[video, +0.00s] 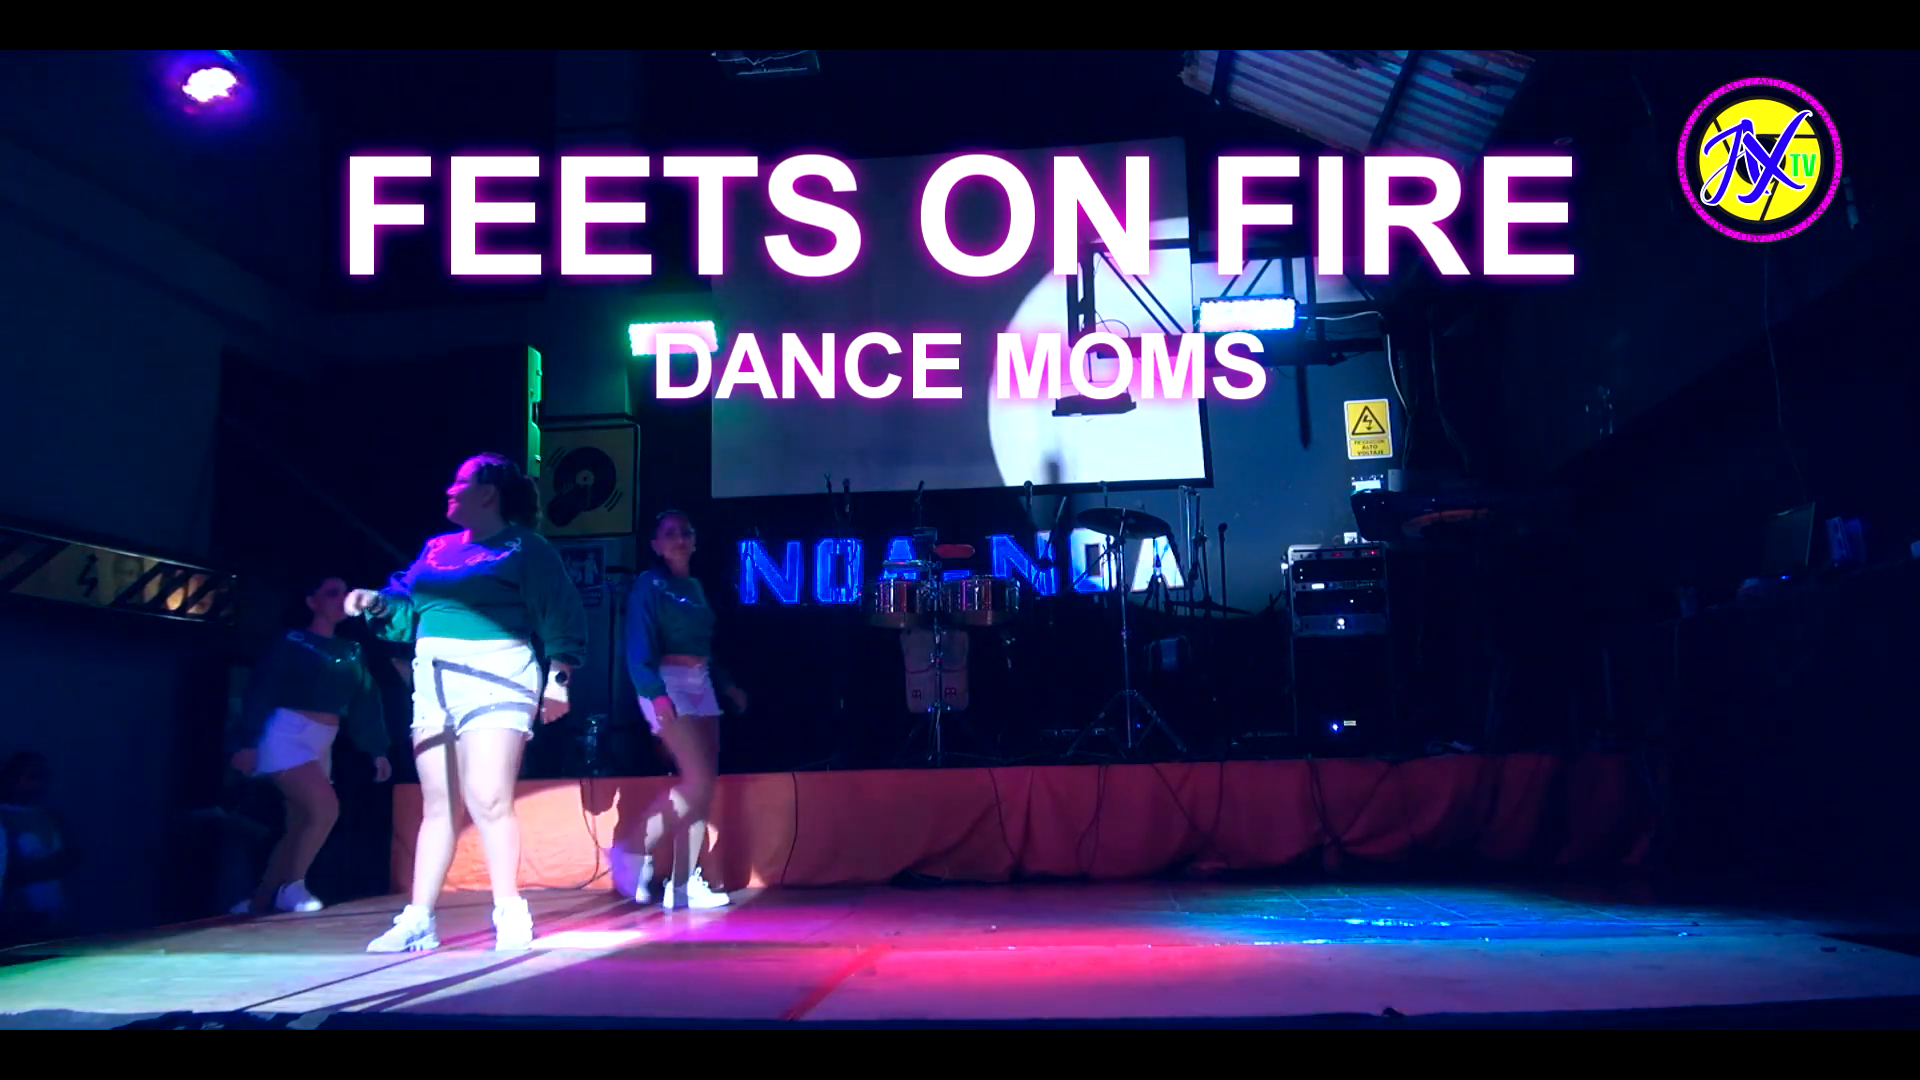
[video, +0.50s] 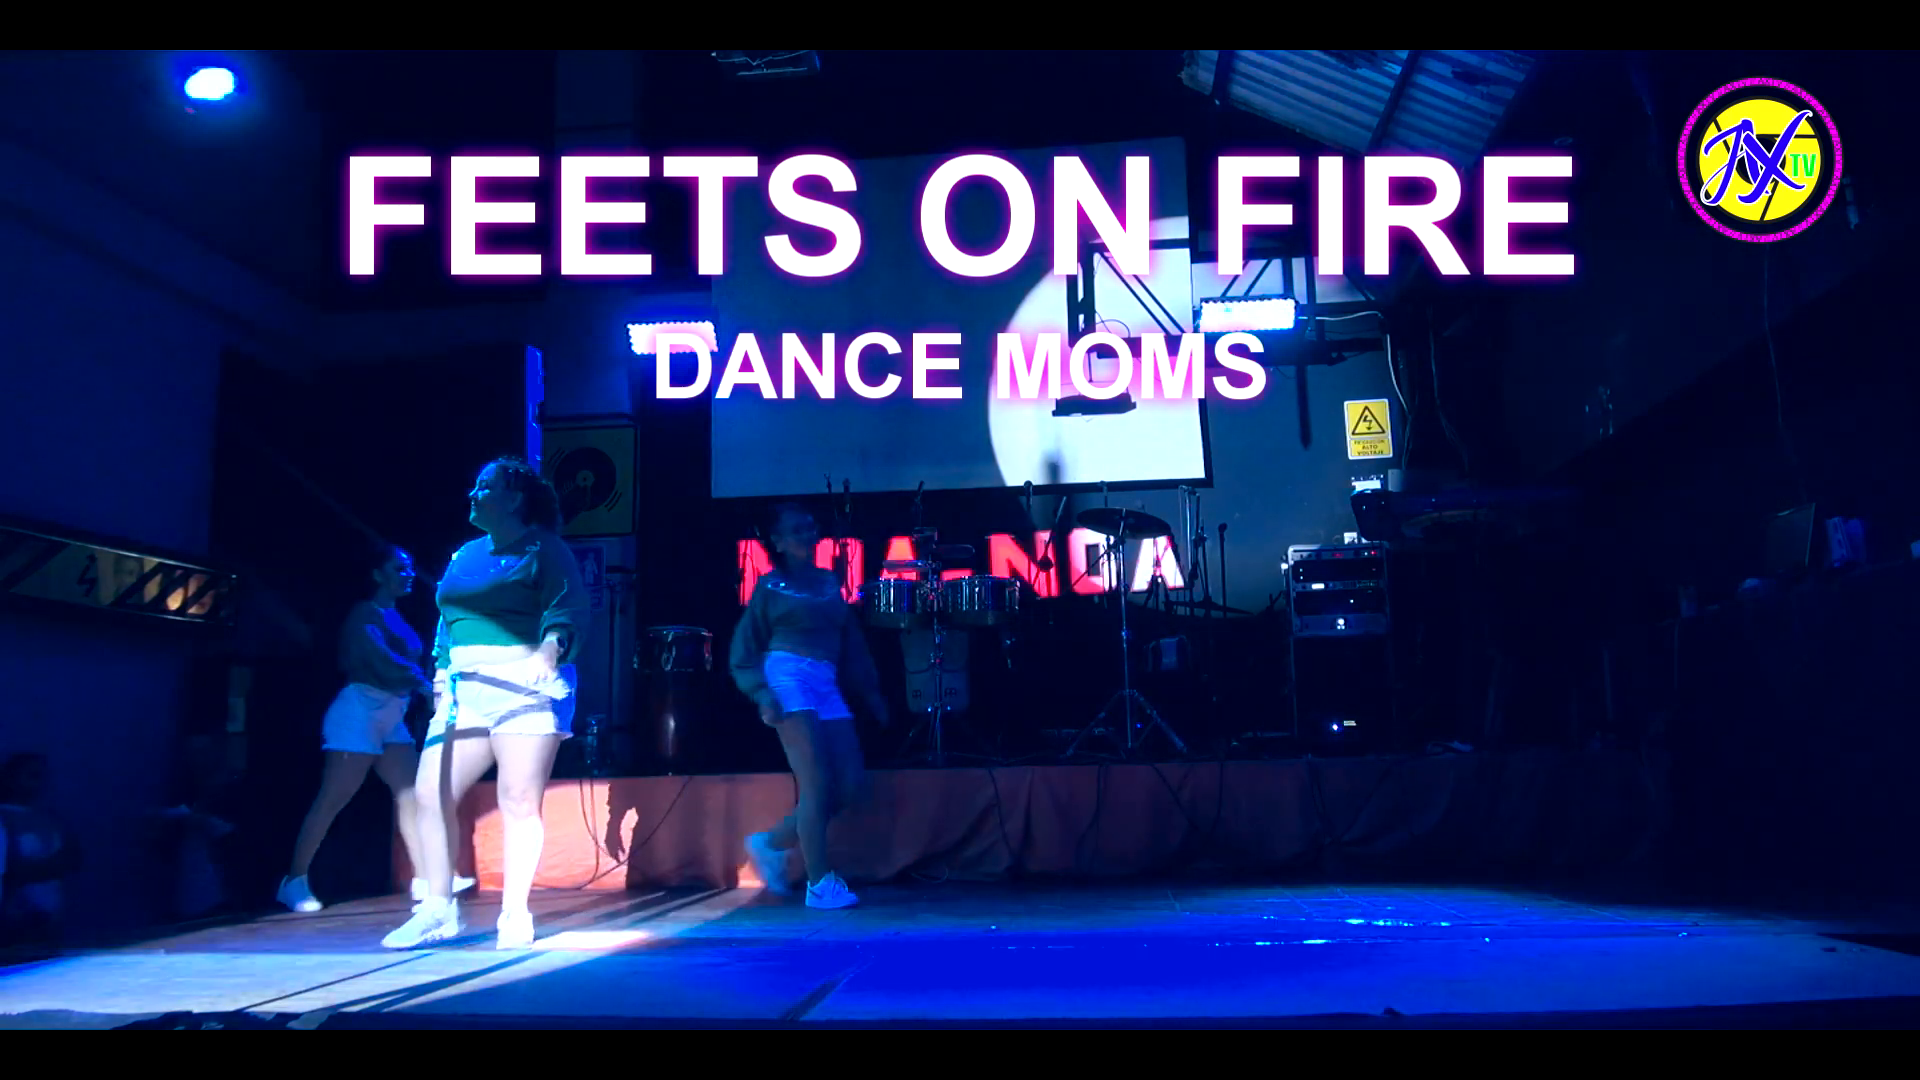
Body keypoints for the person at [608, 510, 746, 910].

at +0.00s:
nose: (680, 540)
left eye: (685, 533)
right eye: (671, 535)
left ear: (693, 540)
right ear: (657, 545)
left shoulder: (697, 589)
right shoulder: (649, 585)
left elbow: (704, 649)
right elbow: (639, 645)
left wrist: (726, 685)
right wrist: (655, 693)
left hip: (702, 680)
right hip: (666, 681)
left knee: (702, 785)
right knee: (697, 781)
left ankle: (684, 883)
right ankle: (633, 849)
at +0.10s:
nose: (698, 534)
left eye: (704, 526)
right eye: (690, 528)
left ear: (716, 534)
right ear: (679, 538)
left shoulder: (726, 583)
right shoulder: (670, 581)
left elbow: (740, 640)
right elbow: (650, 645)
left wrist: (772, 666)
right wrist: (664, 699)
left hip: (721, 673)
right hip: (686, 671)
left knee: (698, 783)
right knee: (731, 766)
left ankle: (682, 881)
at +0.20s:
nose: (722, 536)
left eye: (727, 528)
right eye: (714, 531)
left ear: (738, 533)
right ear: (704, 540)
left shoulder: (754, 583)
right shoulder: (692, 583)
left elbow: (778, 631)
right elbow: (665, 642)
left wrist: (812, 652)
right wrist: (675, 700)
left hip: (742, 679)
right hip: (706, 676)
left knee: (705, 786)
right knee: (751, 770)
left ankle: (683, 882)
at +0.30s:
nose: (744, 541)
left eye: (749, 533)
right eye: (735, 536)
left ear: (763, 538)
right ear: (726, 545)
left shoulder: (780, 588)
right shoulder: (715, 588)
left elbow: (814, 631)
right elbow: (686, 648)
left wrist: (848, 656)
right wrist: (693, 704)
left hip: (770, 685)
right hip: (732, 681)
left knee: (731, 787)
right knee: (779, 775)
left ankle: (688, 878)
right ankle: (813, 879)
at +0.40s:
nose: (773, 539)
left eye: (778, 532)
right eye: (765, 533)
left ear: (788, 535)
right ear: (751, 541)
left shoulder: (804, 585)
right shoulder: (741, 588)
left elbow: (836, 635)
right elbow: (714, 647)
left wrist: (870, 674)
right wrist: (724, 701)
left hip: (799, 680)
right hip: (759, 677)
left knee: (790, 788)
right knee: (800, 778)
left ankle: (716, 857)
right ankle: (819, 882)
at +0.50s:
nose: (807, 536)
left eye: (809, 529)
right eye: (796, 531)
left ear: (816, 533)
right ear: (778, 541)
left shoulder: (828, 583)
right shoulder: (770, 587)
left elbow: (850, 644)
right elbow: (741, 653)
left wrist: (870, 694)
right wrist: (762, 696)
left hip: (825, 677)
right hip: (786, 674)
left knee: (849, 783)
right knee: (814, 781)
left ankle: (769, 843)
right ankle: (819, 882)